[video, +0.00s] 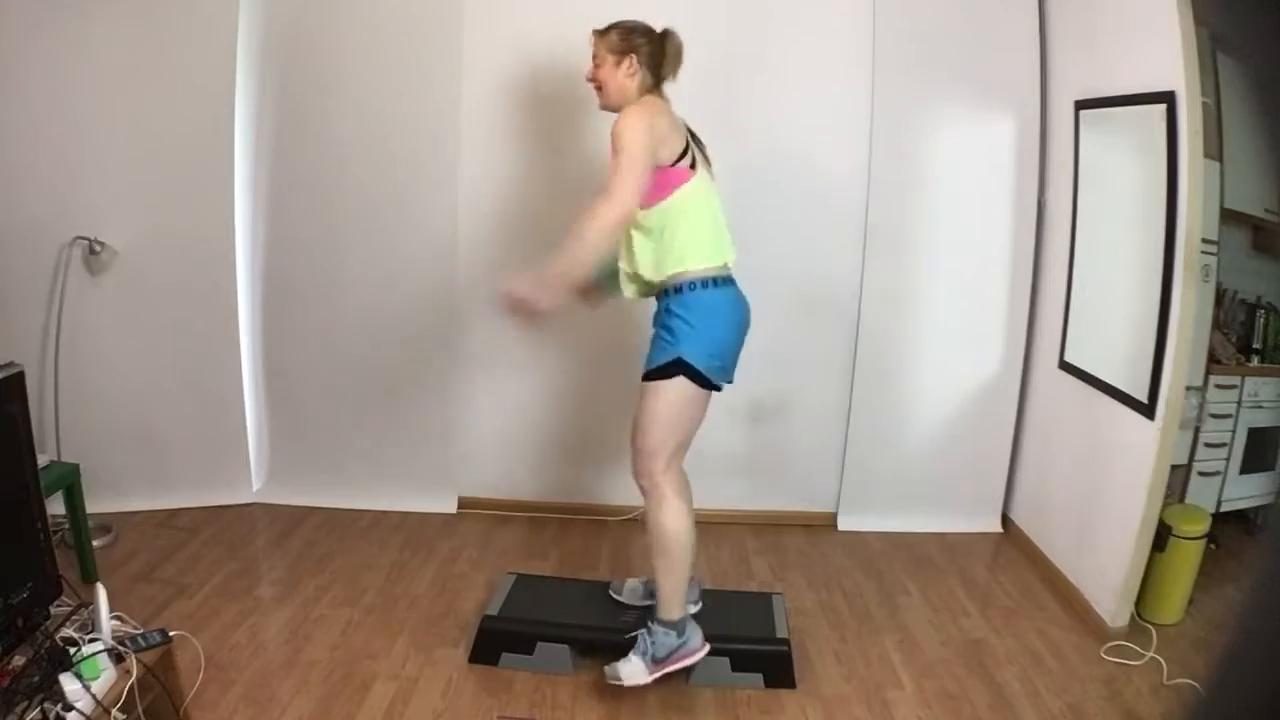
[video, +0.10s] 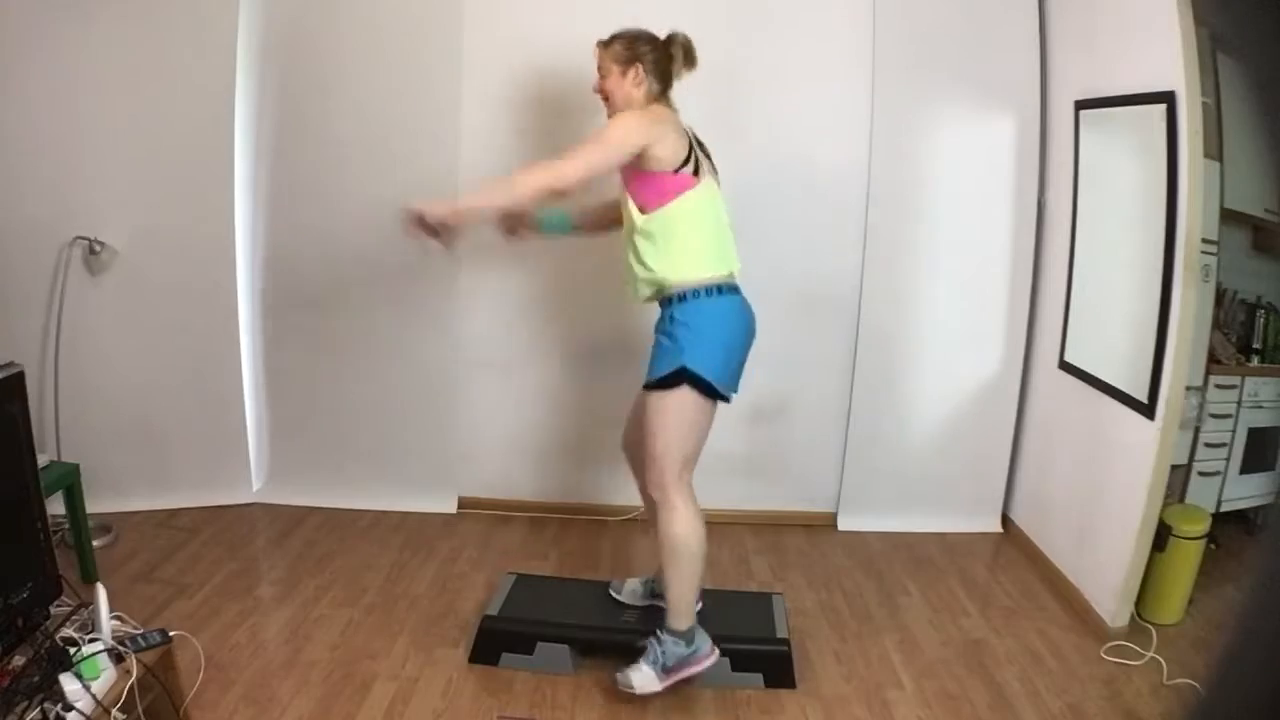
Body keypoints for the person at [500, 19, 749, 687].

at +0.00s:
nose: (590, 74)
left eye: (598, 62)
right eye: (591, 63)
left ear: (631, 65)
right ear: (637, 65)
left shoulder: (640, 119)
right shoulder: (660, 121)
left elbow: (621, 205)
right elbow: (662, 227)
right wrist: (606, 280)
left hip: (697, 306)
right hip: (704, 303)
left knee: (653, 466)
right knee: (661, 459)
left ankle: (674, 629)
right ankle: (674, 584)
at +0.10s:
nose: (597, 87)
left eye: (603, 75)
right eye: (598, 76)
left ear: (635, 75)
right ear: (644, 75)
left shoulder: (645, 123)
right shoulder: (665, 133)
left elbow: (557, 177)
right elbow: (620, 215)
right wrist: (539, 222)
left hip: (703, 316)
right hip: (701, 313)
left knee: (668, 476)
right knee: (641, 447)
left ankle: (684, 637)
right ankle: (675, 575)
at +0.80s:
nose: (613, 71)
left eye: (627, 61)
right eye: (611, 59)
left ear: (665, 70)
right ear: (612, 65)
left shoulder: (697, 139)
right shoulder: (612, 132)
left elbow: (743, 237)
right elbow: (611, 212)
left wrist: (717, 322)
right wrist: (587, 272)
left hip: (680, 315)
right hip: (622, 309)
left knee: (652, 451)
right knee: (606, 429)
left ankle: (659, 573)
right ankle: (644, 508)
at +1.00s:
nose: (641, 93)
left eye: (653, 85)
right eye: (636, 82)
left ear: (684, 89)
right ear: (631, 81)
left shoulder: (711, 144)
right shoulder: (608, 135)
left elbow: (747, 206)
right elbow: (541, 179)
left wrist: (738, 233)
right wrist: (488, 206)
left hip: (683, 310)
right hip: (623, 305)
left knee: (660, 439)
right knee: (609, 424)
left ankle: (660, 567)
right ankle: (610, 497)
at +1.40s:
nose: (687, 144)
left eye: (695, 134)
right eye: (677, 132)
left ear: (700, 133)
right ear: (650, 128)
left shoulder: (708, 183)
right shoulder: (610, 178)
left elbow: (740, 245)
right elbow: (548, 241)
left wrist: (743, 297)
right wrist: (598, 247)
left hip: (681, 324)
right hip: (618, 326)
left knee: (694, 431)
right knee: (608, 440)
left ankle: (677, 531)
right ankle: (599, 518)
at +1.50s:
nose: (705, 150)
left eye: (713, 141)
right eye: (696, 138)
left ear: (718, 141)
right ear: (667, 134)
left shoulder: (722, 194)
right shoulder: (625, 186)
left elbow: (721, 254)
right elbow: (577, 249)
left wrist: (732, 314)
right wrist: (591, 311)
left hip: (688, 336)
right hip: (625, 335)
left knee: (706, 448)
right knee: (607, 446)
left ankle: (679, 531)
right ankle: (592, 517)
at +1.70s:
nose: (753, 182)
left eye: (760, 172)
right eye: (744, 169)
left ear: (765, 173)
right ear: (714, 165)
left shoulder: (758, 226)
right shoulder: (668, 214)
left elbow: (771, 298)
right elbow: (613, 264)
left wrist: (812, 322)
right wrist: (567, 312)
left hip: (707, 358)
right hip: (651, 357)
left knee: (715, 469)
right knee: (665, 479)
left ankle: (675, 543)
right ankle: (597, 503)